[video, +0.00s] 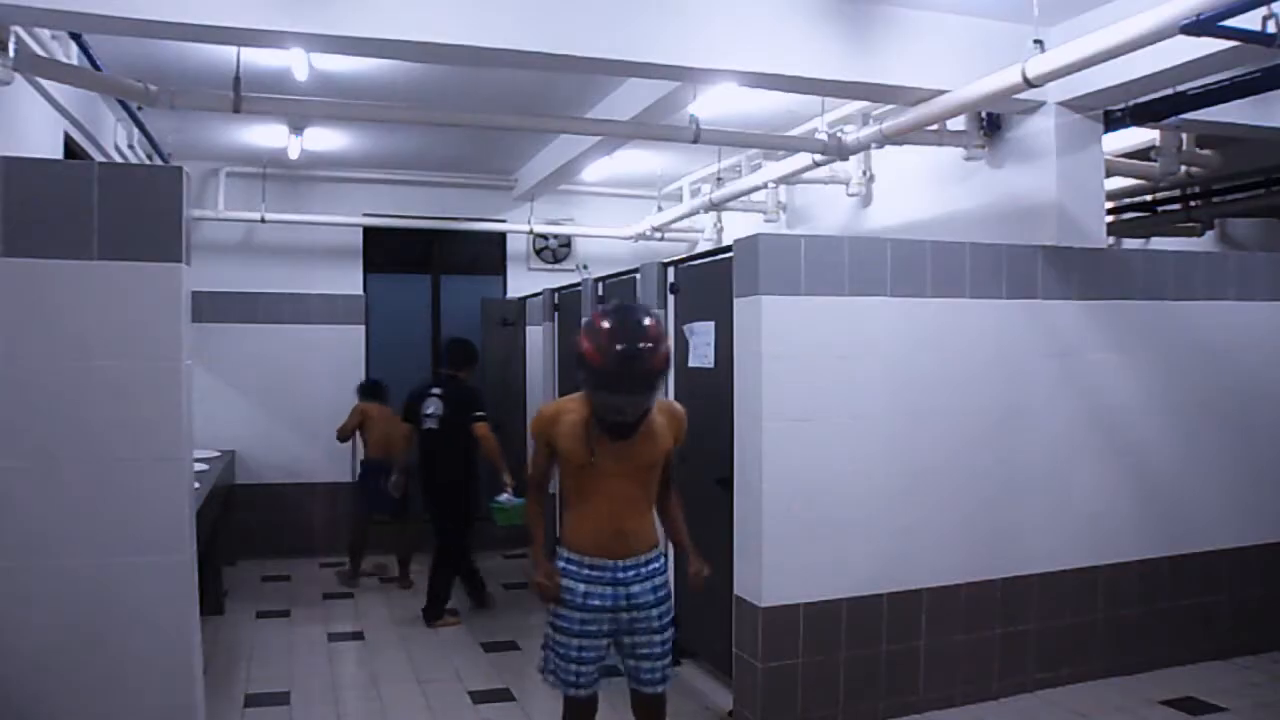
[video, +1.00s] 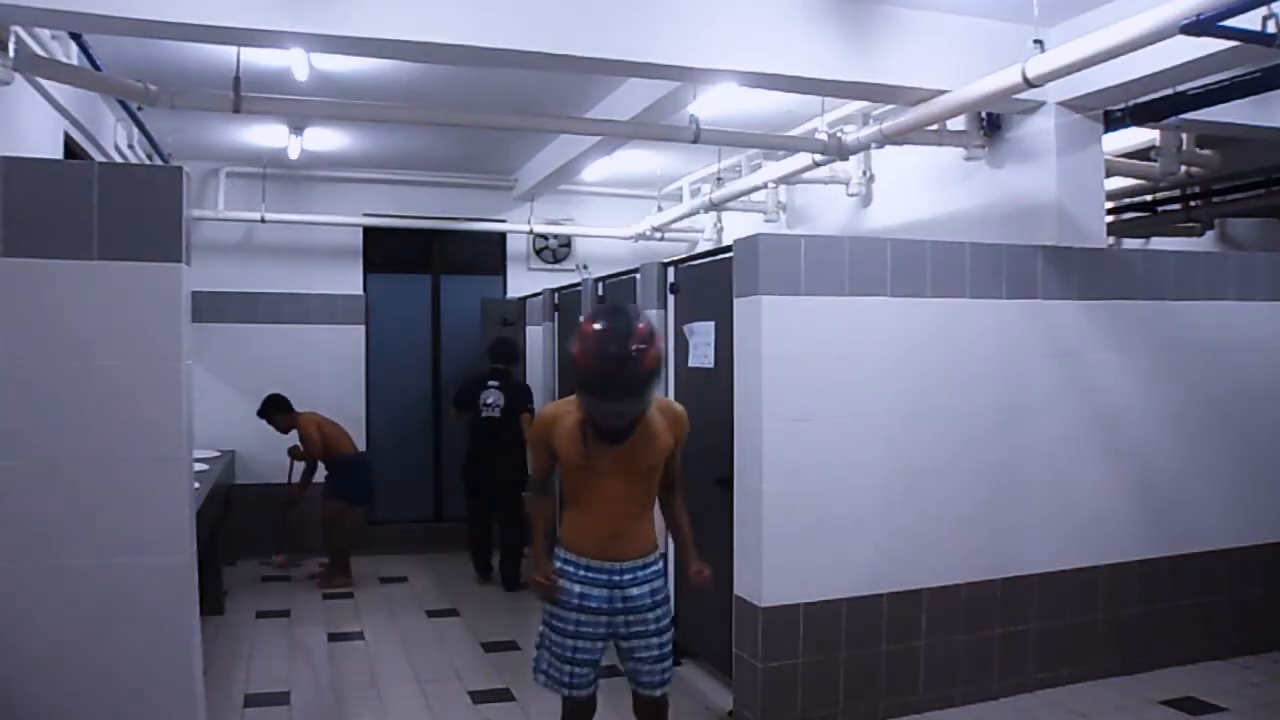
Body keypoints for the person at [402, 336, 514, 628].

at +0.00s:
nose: (473, 371)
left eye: (472, 366)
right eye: (473, 366)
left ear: (443, 362)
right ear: (469, 366)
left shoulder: (422, 392)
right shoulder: (469, 394)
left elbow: (405, 433)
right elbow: (484, 435)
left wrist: (399, 470)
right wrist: (504, 471)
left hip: (430, 476)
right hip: (460, 477)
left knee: (455, 540)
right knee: (450, 542)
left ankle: (479, 594)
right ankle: (434, 611)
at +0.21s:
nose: (483, 365)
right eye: (483, 360)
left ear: (457, 358)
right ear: (483, 361)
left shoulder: (439, 389)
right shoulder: (483, 391)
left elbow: (428, 431)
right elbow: (493, 431)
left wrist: (424, 464)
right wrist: (512, 469)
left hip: (449, 471)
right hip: (479, 471)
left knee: (464, 530)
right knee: (484, 530)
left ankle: (480, 593)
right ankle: (458, 589)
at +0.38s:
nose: (492, 365)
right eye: (492, 359)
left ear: (467, 358)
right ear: (492, 361)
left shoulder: (448, 386)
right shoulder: (492, 389)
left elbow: (439, 427)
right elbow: (501, 429)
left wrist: (450, 451)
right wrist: (518, 463)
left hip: (459, 468)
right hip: (489, 469)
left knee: (469, 529)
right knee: (499, 527)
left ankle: (477, 590)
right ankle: (499, 584)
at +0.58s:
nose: (503, 367)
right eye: (504, 362)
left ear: (479, 360)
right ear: (504, 363)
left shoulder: (462, 387)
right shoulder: (503, 390)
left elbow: (452, 422)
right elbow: (510, 430)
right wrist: (525, 465)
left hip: (467, 468)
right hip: (497, 469)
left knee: (473, 527)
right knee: (509, 520)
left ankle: (478, 592)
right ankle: (515, 577)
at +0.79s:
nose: (513, 366)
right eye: (514, 361)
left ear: (490, 358)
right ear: (515, 362)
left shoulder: (472, 383)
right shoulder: (516, 389)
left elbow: (458, 416)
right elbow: (521, 425)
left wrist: (475, 429)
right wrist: (530, 460)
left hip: (476, 463)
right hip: (506, 464)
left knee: (479, 518)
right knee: (511, 518)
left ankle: (482, 577)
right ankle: (511, 579)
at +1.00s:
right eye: (512, 360)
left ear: (489, 358)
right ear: (515, 361)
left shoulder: (472, 384)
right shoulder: (521, 389)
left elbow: (457, 414)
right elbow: (526, 424)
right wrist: (533, 453)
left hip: (478, 462)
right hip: (510, 463)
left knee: (479, 515)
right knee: (511, 518)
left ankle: (483, 570)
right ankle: (511, 577)